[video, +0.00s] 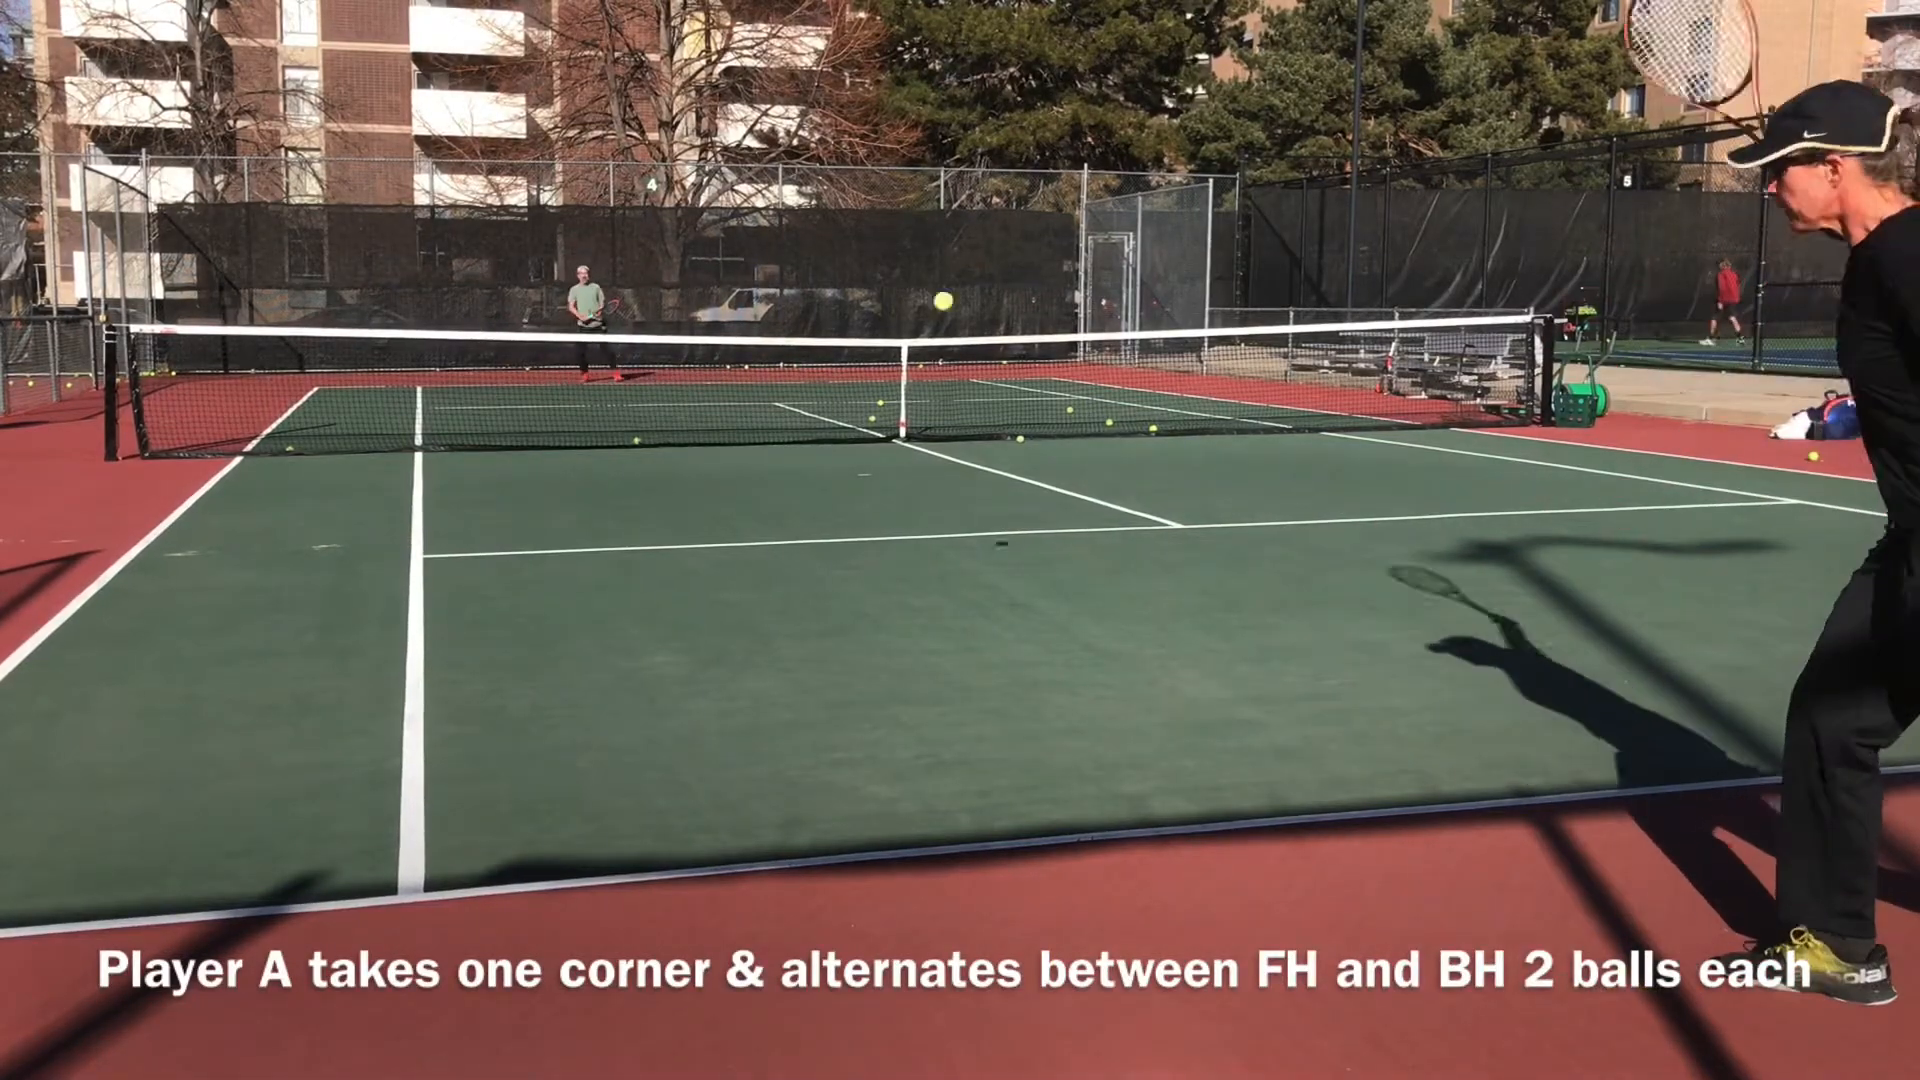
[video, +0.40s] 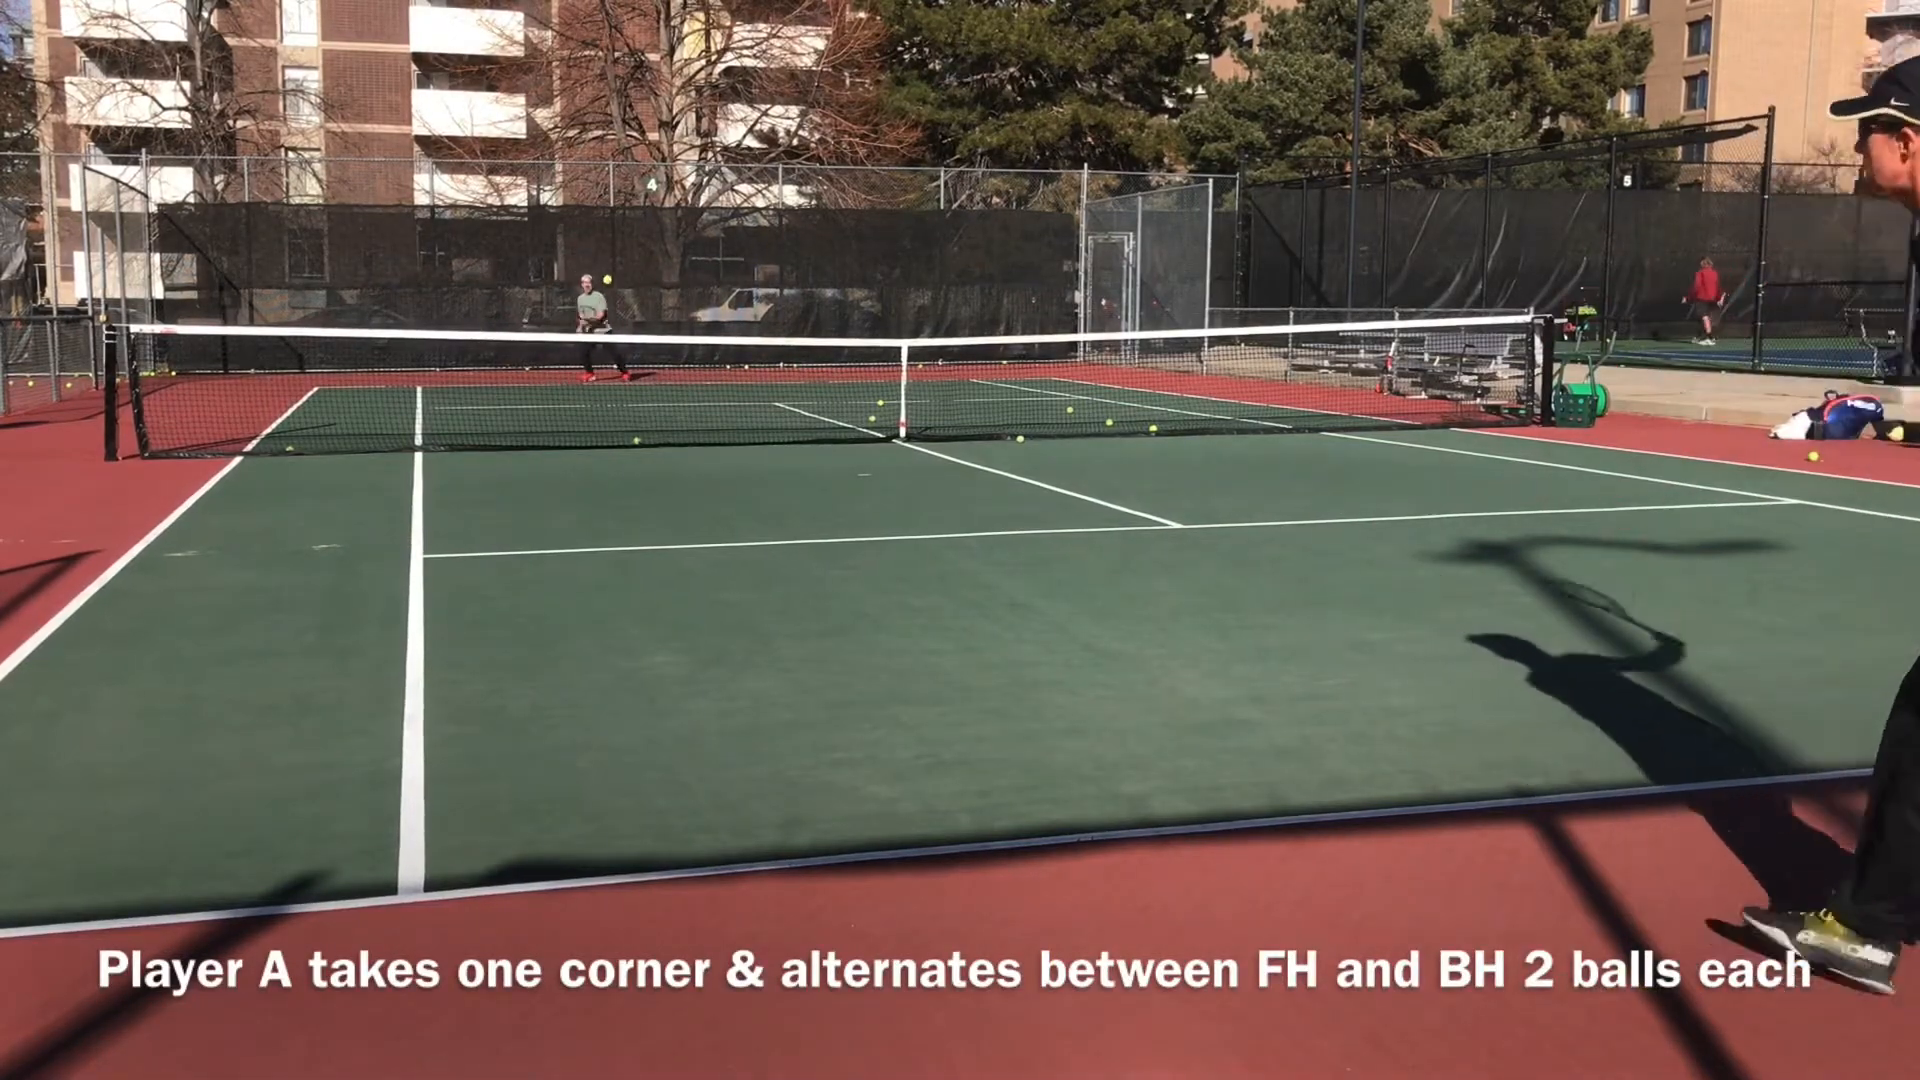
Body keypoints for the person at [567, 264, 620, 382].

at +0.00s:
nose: (584, 276)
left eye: (586, 273)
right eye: (581, 274)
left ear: (588, 274)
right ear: (578, 275)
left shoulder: (596, 287)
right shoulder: (574, 290)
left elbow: (601, 302)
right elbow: (571, 306)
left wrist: (598, 312)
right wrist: (580, 316)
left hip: (597, 324)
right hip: (583, 324)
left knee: (605, 347)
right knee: (581, 350)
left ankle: (615, 371)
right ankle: (584, 373)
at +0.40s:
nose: (587, 285)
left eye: (588, 282)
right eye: (584, 282)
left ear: (592, 284)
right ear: (581, 285)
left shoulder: (598, 296)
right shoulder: (580, 298)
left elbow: (601, 314)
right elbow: (580, 315)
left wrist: (588, 320)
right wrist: (579, 327)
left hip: (602, 329)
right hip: (587, 330)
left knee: (612, 350)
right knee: (584, 351)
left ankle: (624, 372)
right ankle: (589, 372)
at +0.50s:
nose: (580, 284)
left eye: (582, 281)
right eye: (578, 281)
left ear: (587, 282)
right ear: (576, 283)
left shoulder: (592, 294)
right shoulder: (578, 296)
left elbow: (591, 312)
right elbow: (577, 311)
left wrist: (579, 316)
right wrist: (570, 315)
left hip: (599, 326)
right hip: (587, 327)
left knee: (606, 349)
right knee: (582, 351)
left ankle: (617, 370)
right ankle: (589, 373)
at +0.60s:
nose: (575, 283)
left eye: (577, 281)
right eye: (573, 281)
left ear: (581, 282)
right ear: (571, 283)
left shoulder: (586, 293)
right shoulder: (573, 296)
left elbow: (577, 310)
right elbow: (574, 311)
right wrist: (561, 313)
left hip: (595, 328)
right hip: (584, 329)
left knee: (598, 352)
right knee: (580, 351)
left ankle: (615, 371)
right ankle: (588, 372)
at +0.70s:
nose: (569, 286)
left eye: (571, 283)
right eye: (567, 284)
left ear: (575, 284)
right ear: (565, 285)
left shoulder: (580, 295)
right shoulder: (570, 297)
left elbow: (566, 309)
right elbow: (565, 311)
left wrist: (547, 307)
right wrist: (552, 311)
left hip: (591, 330)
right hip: (581, 331)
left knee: (594, 352)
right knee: (578, 352)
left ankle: (611, 368)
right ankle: (586, 372)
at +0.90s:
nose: (554, 289)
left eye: (556, 286)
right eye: (553, 287)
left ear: (562, 286)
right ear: (552, 288)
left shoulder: (565, 296)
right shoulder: (563, 298)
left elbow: (555, 311)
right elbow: (556, 314)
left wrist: (538, 317)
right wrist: (540, 316)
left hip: (577, 330)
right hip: (573, 330)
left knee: (565, 350)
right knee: (571, 354)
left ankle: (562, 374)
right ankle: (585, 373)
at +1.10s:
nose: (540, 290)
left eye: (542, 287)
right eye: (539, 288)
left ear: (548, 287)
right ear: (545, 288)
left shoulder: (552, 297)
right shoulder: (552, 297)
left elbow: (547, 313)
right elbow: (549, 316)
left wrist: (535, 321)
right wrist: (544, 329)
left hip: (560, 331)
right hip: (561, 331)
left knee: (546, 352)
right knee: (560, 355)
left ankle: (547, 375)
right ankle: (581, 371)